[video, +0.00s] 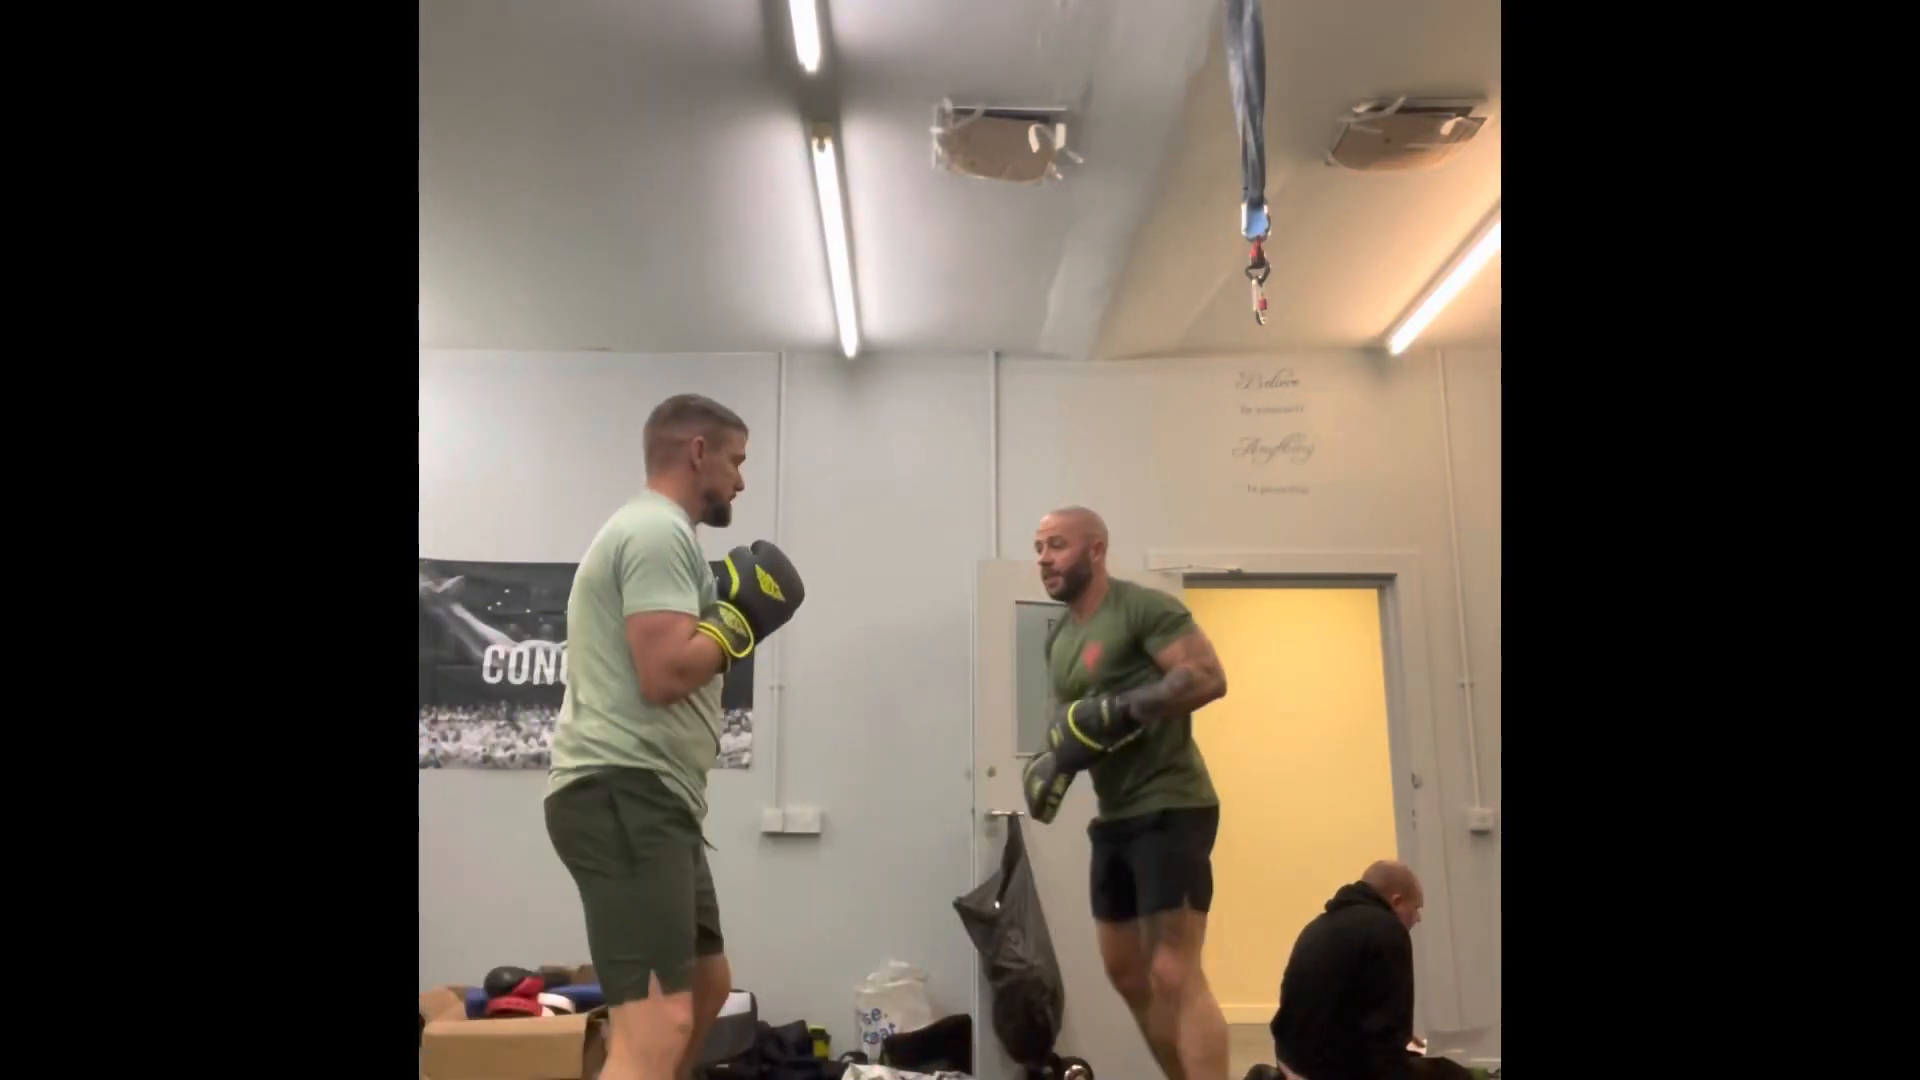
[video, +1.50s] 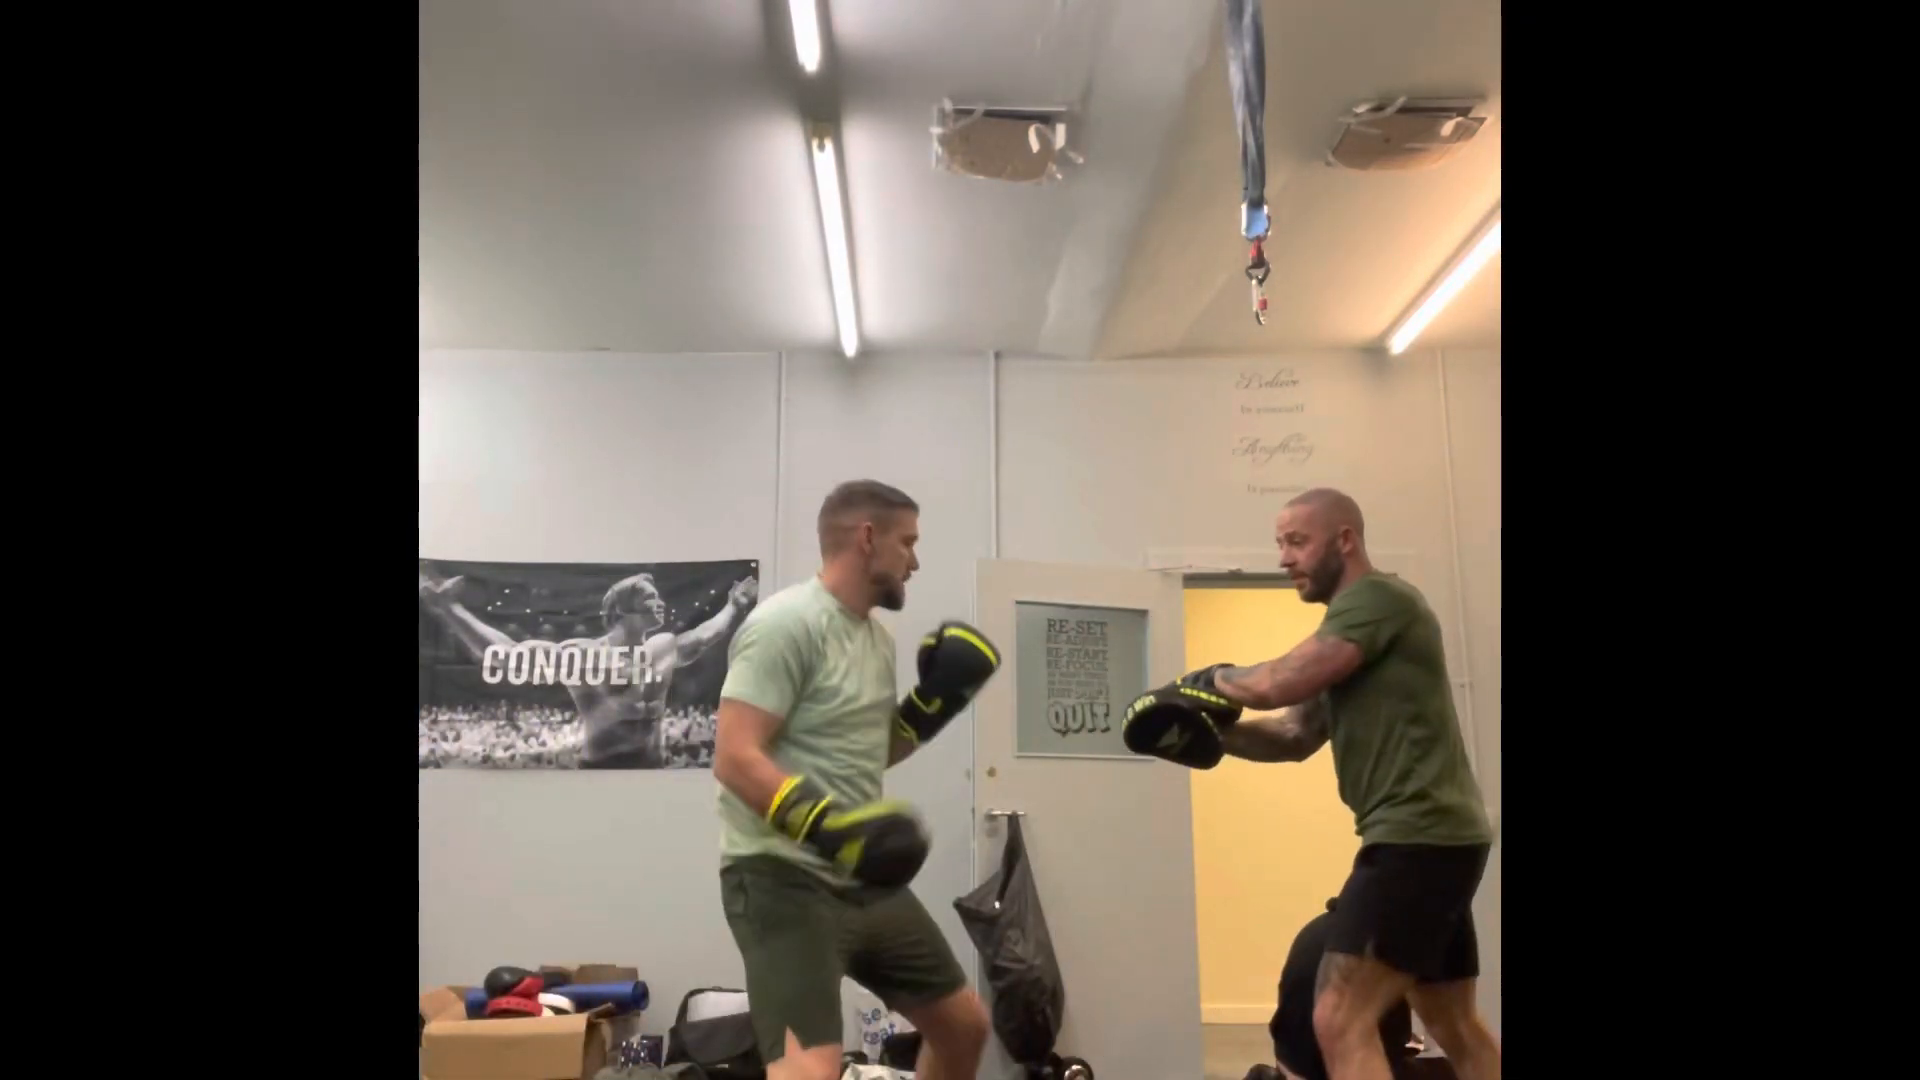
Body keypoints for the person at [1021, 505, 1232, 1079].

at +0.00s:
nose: (1044, 559)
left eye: (1056, 546)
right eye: (1039, 549)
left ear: (1094, 550)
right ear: (1040, 557)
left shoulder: (1146, 607)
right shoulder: (1059, 638)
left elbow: (1207, 676)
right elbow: (1074, 720)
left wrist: (1120, 709)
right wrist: (1055, 762)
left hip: (1174, 808)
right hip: (1115, 817)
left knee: (1175, 972)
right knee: (1128, 973)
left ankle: (1212, 1079)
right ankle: (1187, 1075)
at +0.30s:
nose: (1074, 596)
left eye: (1083, 582)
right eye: (1071, 585)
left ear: (1119, 582)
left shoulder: (1165, 638)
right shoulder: (1107, 673)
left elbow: (1184, 691)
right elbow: (1107, 760)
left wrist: (1131, 623)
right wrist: (1092, 823)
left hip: (1190, 833)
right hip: (1156, 839)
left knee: (1150, 992)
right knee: (1198, 999)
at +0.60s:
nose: (1153, 580)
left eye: (1164, 568)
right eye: (1151, 569)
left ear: (1205, 571)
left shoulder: (1252, 632)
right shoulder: (1178, 654)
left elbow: (1286, 715)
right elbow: (1179, 742)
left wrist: (1192, 714)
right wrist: (1149, 808)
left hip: (1257, 822)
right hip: (1207, 830)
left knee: (1225, 981)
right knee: (1203, 986)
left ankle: (1283, 1078)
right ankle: (1259, 1078)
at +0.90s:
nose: (1249, 548)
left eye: (1261, 533)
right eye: (1250, 534)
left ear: (1308, 539)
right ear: (1305, 542)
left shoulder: (1352, 603)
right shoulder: (1311, 627)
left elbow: (1422, 684)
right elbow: (1340, 740)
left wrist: (1304, 729)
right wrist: (1274, 781)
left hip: (1376, 839)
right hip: (1350, 840)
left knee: (1362, 1036)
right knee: (1393, 1028)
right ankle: (1469, 1074)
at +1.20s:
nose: (1320, 561)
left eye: (1332, 545)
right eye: (1318, 547)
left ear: (1380, 542)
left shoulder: (1435, 603)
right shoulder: (1354, 640)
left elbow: (1393, 699)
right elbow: (1335, 730)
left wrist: (1297, 696)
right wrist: (1292, 757)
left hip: (1452, 827)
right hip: (1416, 831)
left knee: (1381, 1003)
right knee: (1468, 1020)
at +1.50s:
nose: (1284, 557)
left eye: (1297, 541)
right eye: (1281, 544)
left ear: (1346, 540)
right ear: (1344, 545)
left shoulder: (1377, 599)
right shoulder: (1357, 625)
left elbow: (1282, 682)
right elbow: (1295, 735)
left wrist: (1218, 678)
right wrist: (1208, 733)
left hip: (1420, 834)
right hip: (1426, 834)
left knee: (1342, 1018)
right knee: (1452, 1024)